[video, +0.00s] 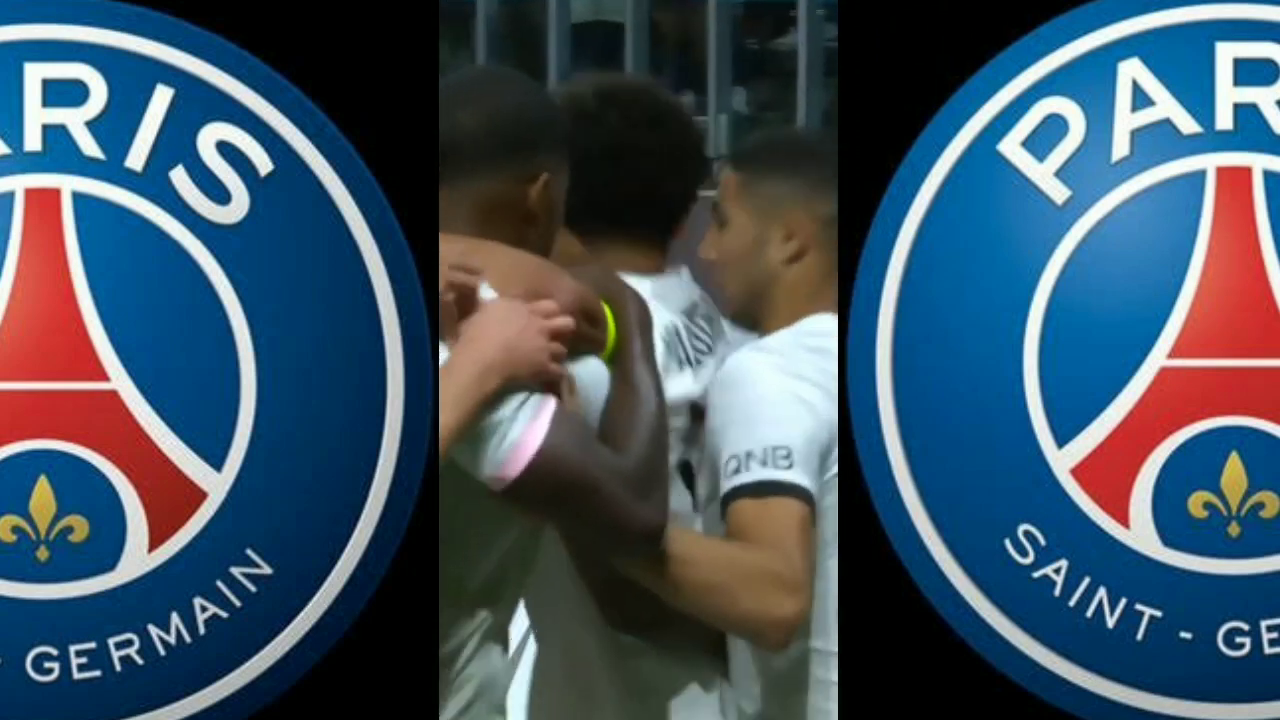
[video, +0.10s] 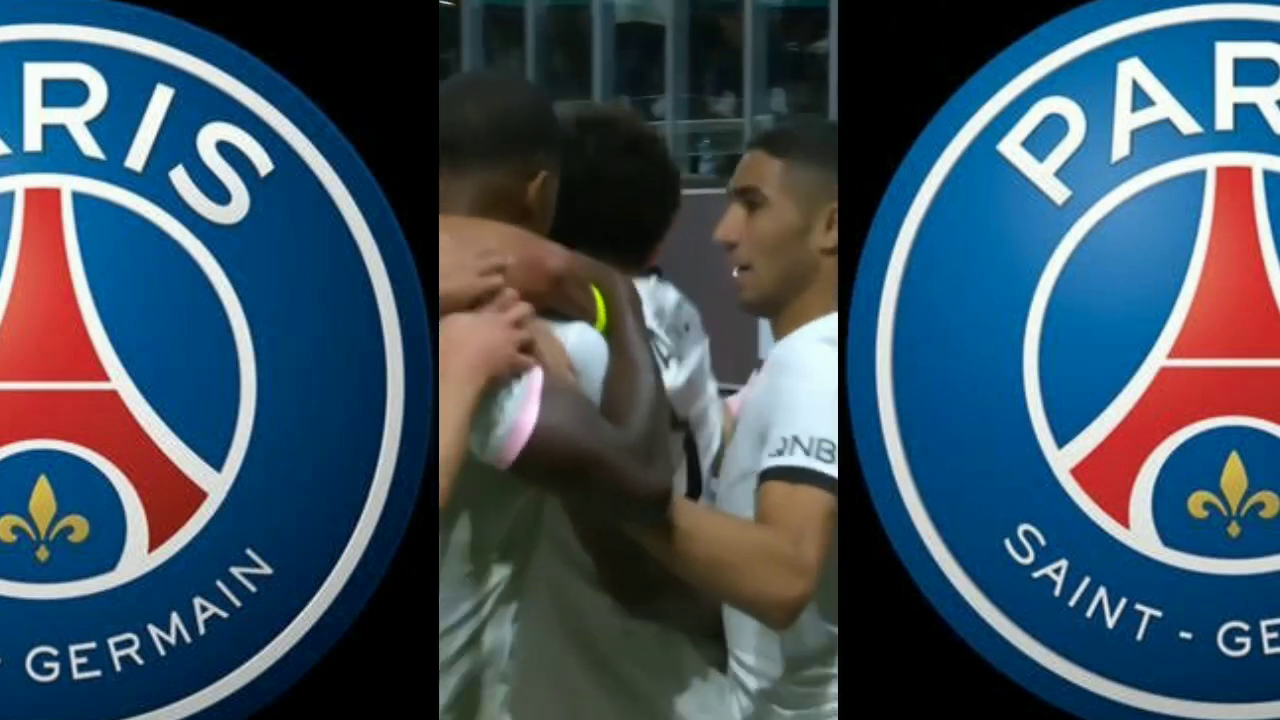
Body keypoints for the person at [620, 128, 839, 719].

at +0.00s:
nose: (705, 249)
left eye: (722, 223)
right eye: (713, 223)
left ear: (792, 243)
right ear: (796, 244)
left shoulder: (766, 374)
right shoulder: (897, 352)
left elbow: (774, 597)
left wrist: (602, 519)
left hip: (803, 701)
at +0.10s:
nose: (723, 231)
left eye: (752, 204)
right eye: (732, 203)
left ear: (829, 229)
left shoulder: (814, 365)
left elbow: (783, 579)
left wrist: (618, 493)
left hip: (788, 702)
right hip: (762, 688)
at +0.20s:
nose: (717, 233)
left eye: (746, 209)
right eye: (725, 208)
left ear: (824, 234)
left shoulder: (823, 371)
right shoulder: (761, 372)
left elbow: (780, 576)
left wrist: (629, 483)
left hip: (800, 702)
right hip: (745, 695)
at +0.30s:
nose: (684, 201)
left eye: (714, 181)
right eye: (694, 179)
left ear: (787, 207)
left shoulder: (796, 340)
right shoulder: (716, 338)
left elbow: (776, 552)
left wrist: (651, 465)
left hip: (791, 689)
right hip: (732, 669)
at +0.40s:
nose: (664, 180)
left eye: (693, 159)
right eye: (673, 155)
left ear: (762, 184)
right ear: (760, 186)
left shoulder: (763, 314)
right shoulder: (790, 292)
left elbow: (777, 529)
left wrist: (648, 433)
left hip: (778, 679)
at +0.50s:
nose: (660, 168)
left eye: (673, 146)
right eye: (666, 147)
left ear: (716, 164)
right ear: (724, 163)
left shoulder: (747, 298)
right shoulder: (806, 268)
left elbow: (792, 506)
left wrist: (675, 430)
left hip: (780, 654)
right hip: (817, 640)